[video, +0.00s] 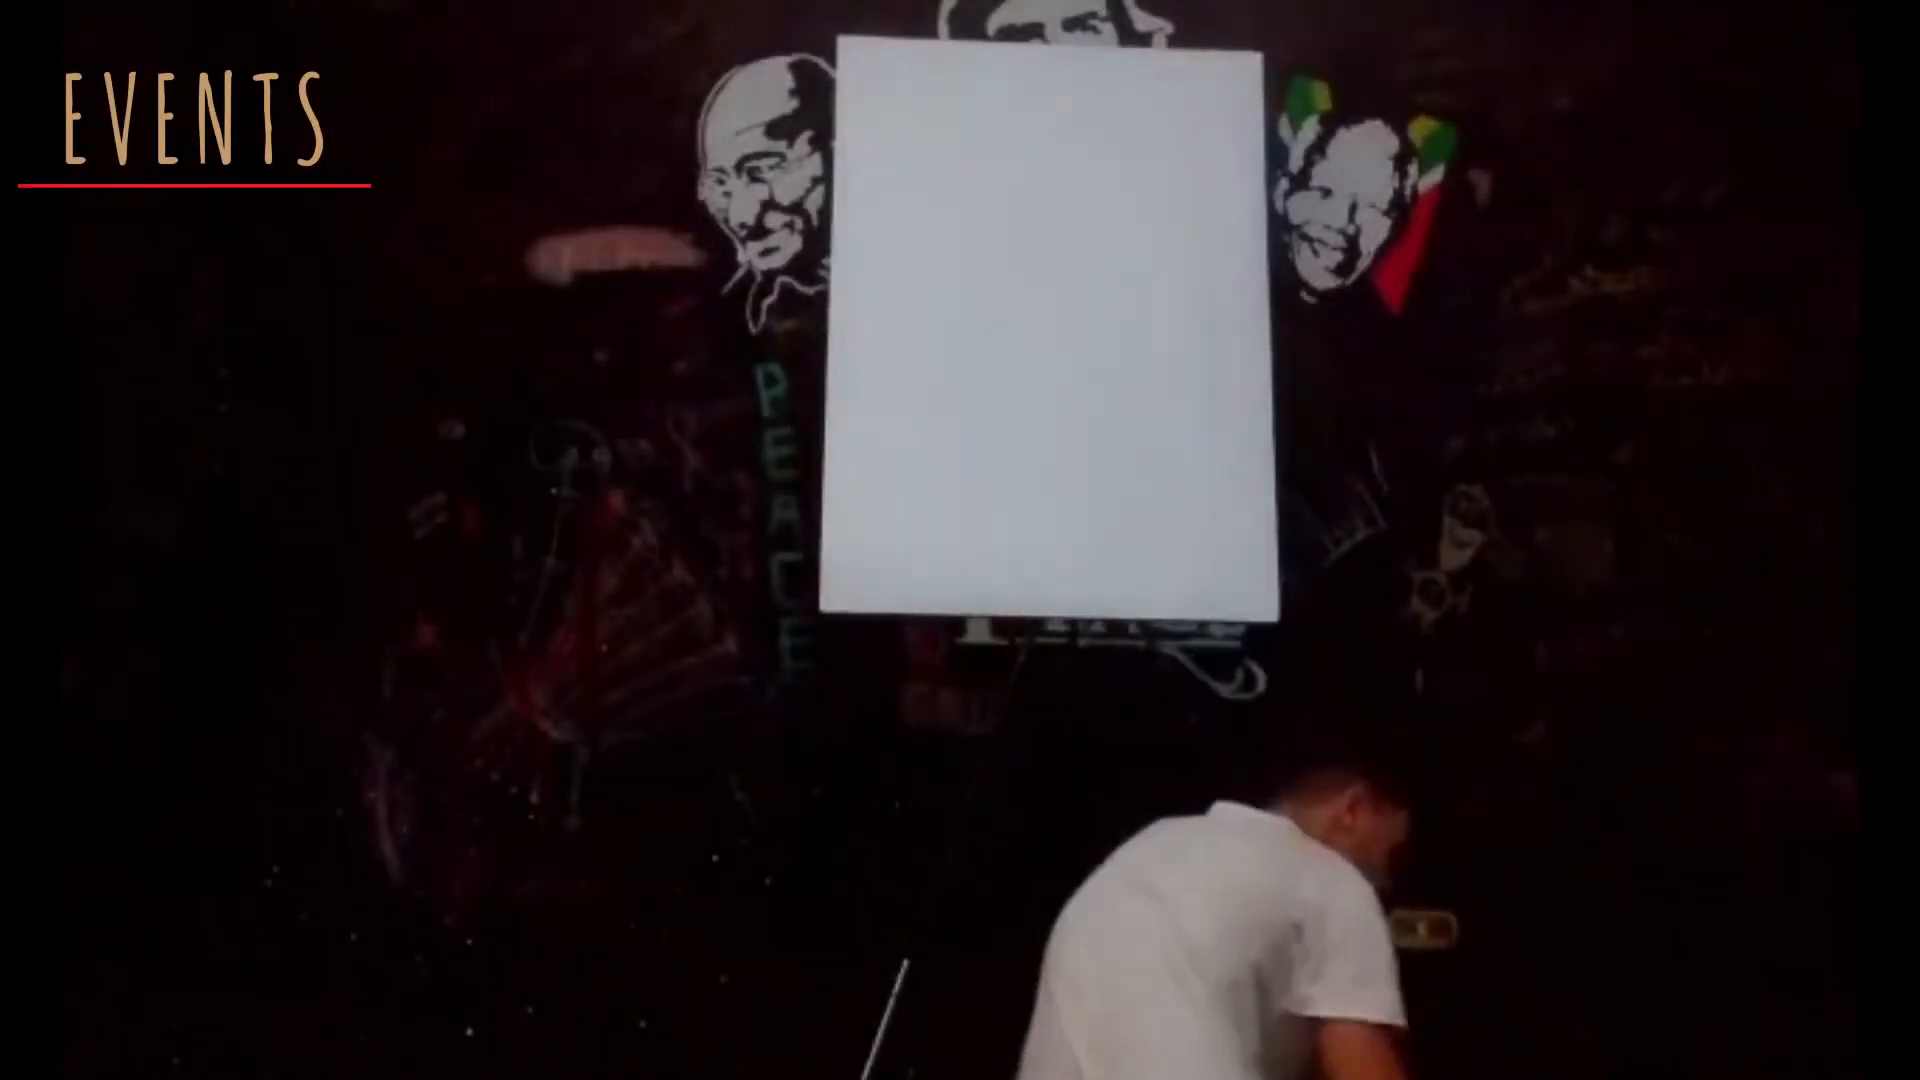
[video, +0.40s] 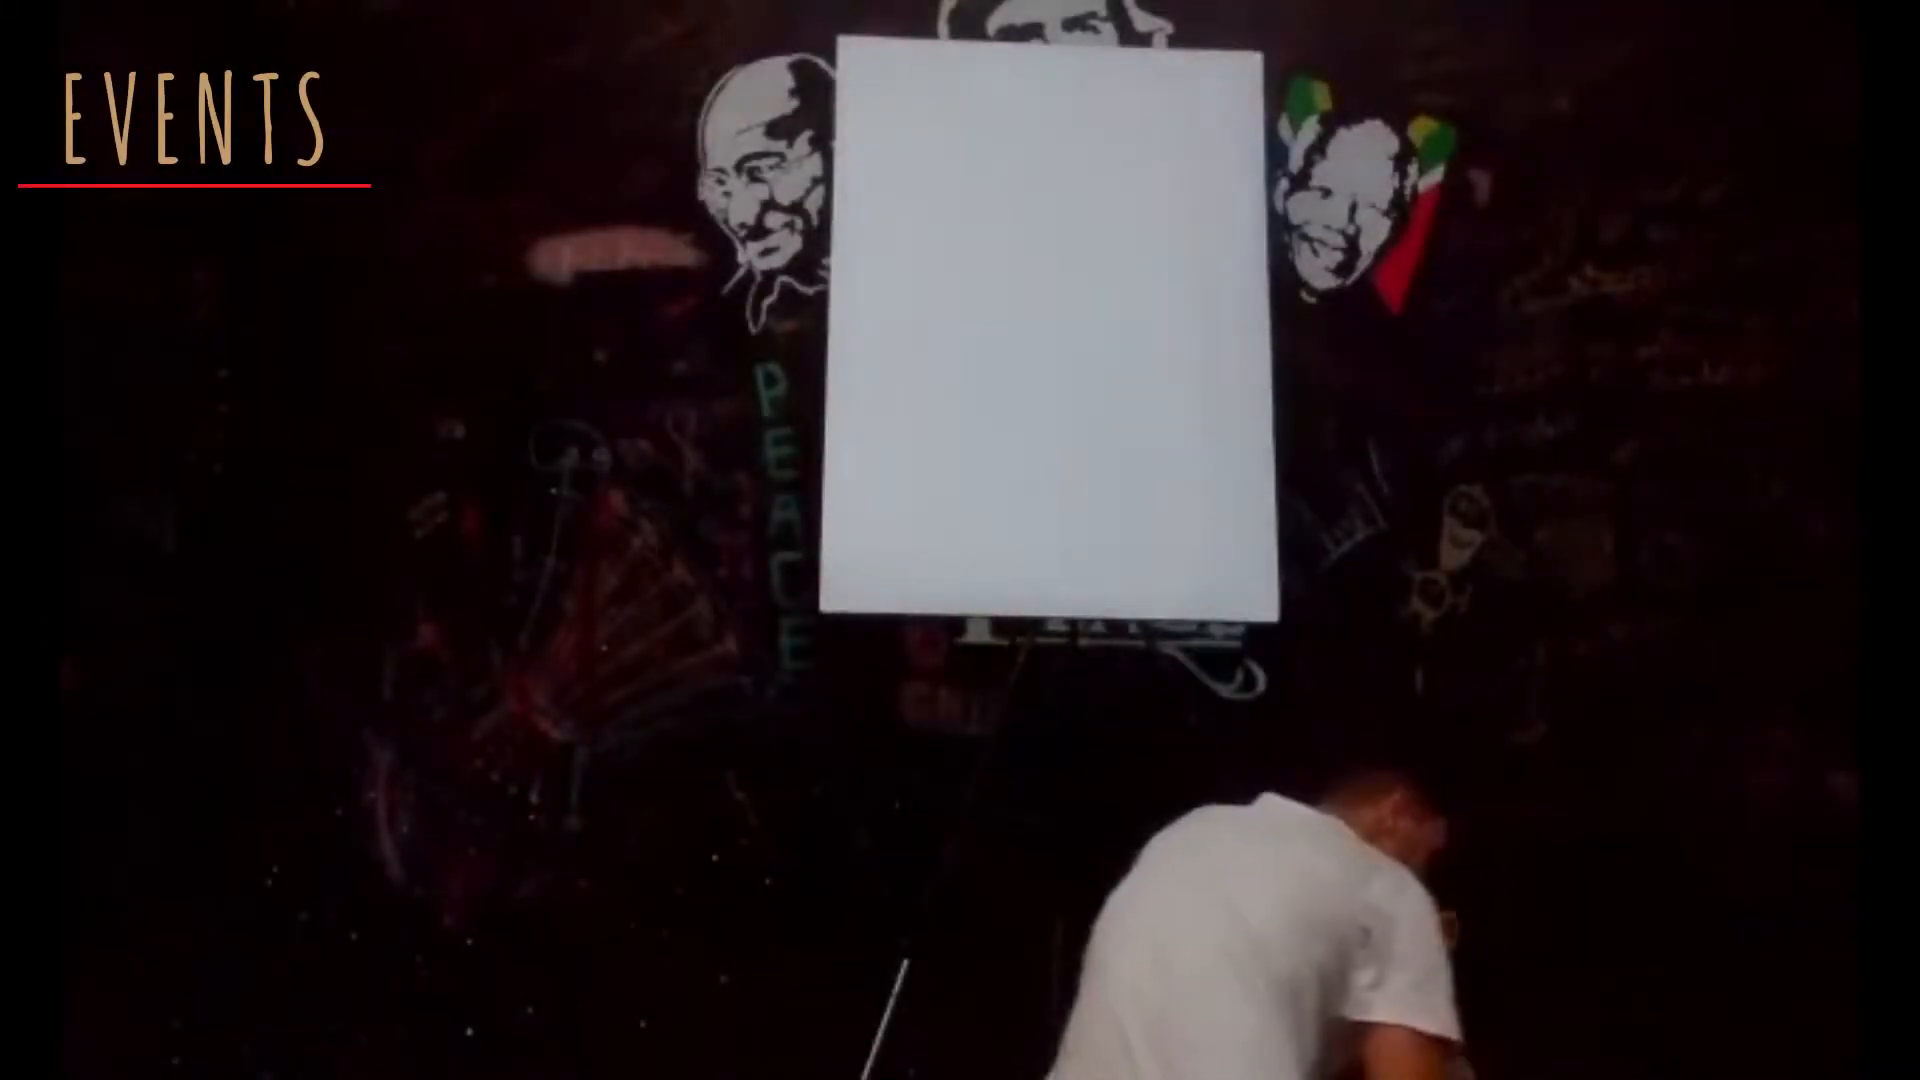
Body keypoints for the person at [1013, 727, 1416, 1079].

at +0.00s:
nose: (1381, 879)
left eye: (1391, 857)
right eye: (1388, 851)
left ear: (1289, 798)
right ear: (1351, 812)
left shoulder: (1161, 837)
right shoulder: (1328, 885)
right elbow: (1360, 1064)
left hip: (1050, 1063)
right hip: (1176, 1059)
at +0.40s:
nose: (1419, 873)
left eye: (1430, 859)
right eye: (1426, 852)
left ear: (1326, 800)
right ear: (1396, 813)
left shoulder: (1189, 830)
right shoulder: (1387, 892)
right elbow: (1405, 1068)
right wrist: (1426, 959)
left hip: (1079, 1067)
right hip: (1236, 1063)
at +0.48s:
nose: (1429, 873)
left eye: (1439, 858)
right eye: (1435, 852)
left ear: (1333, 802)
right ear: (1405, 814)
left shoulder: (1194, 828)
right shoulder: (1396, 893)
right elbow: (1417, 1065)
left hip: (1085, 1066)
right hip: (1247, 1062)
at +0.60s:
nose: (1440, 870)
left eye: (1451, 858)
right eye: (1448, 852)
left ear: (1348, 795)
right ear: (1421, 815)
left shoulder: (1203, 825)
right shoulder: (1418, 902)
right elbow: (1442, 1066)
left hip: (1102, 1068)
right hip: (1273, 1063)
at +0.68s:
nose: (1446, 874)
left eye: (1457, 860)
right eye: (1454, 854)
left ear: (1352, 795)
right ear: (1427, 816)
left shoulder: (1208, 826)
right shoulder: (1433, 907)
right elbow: (1463, 1063)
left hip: (1113, 1066)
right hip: (1284, 1061)